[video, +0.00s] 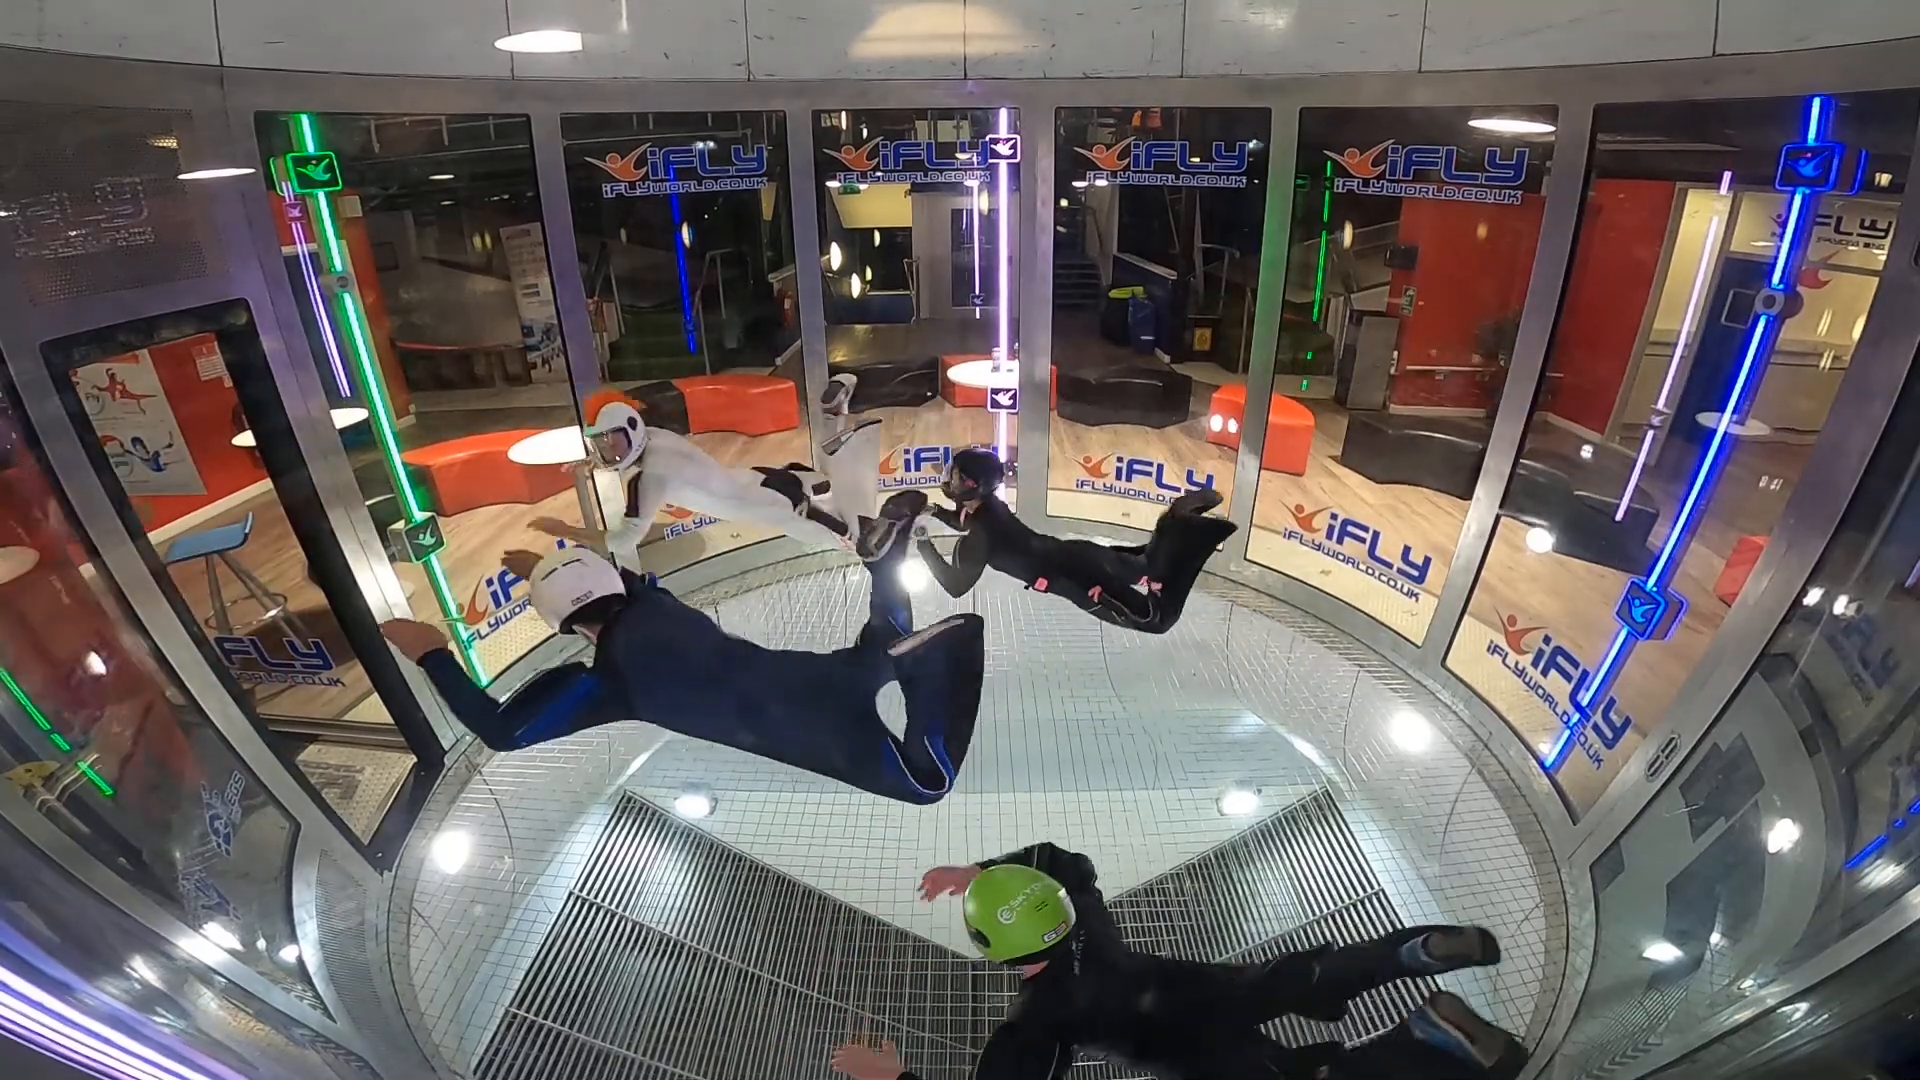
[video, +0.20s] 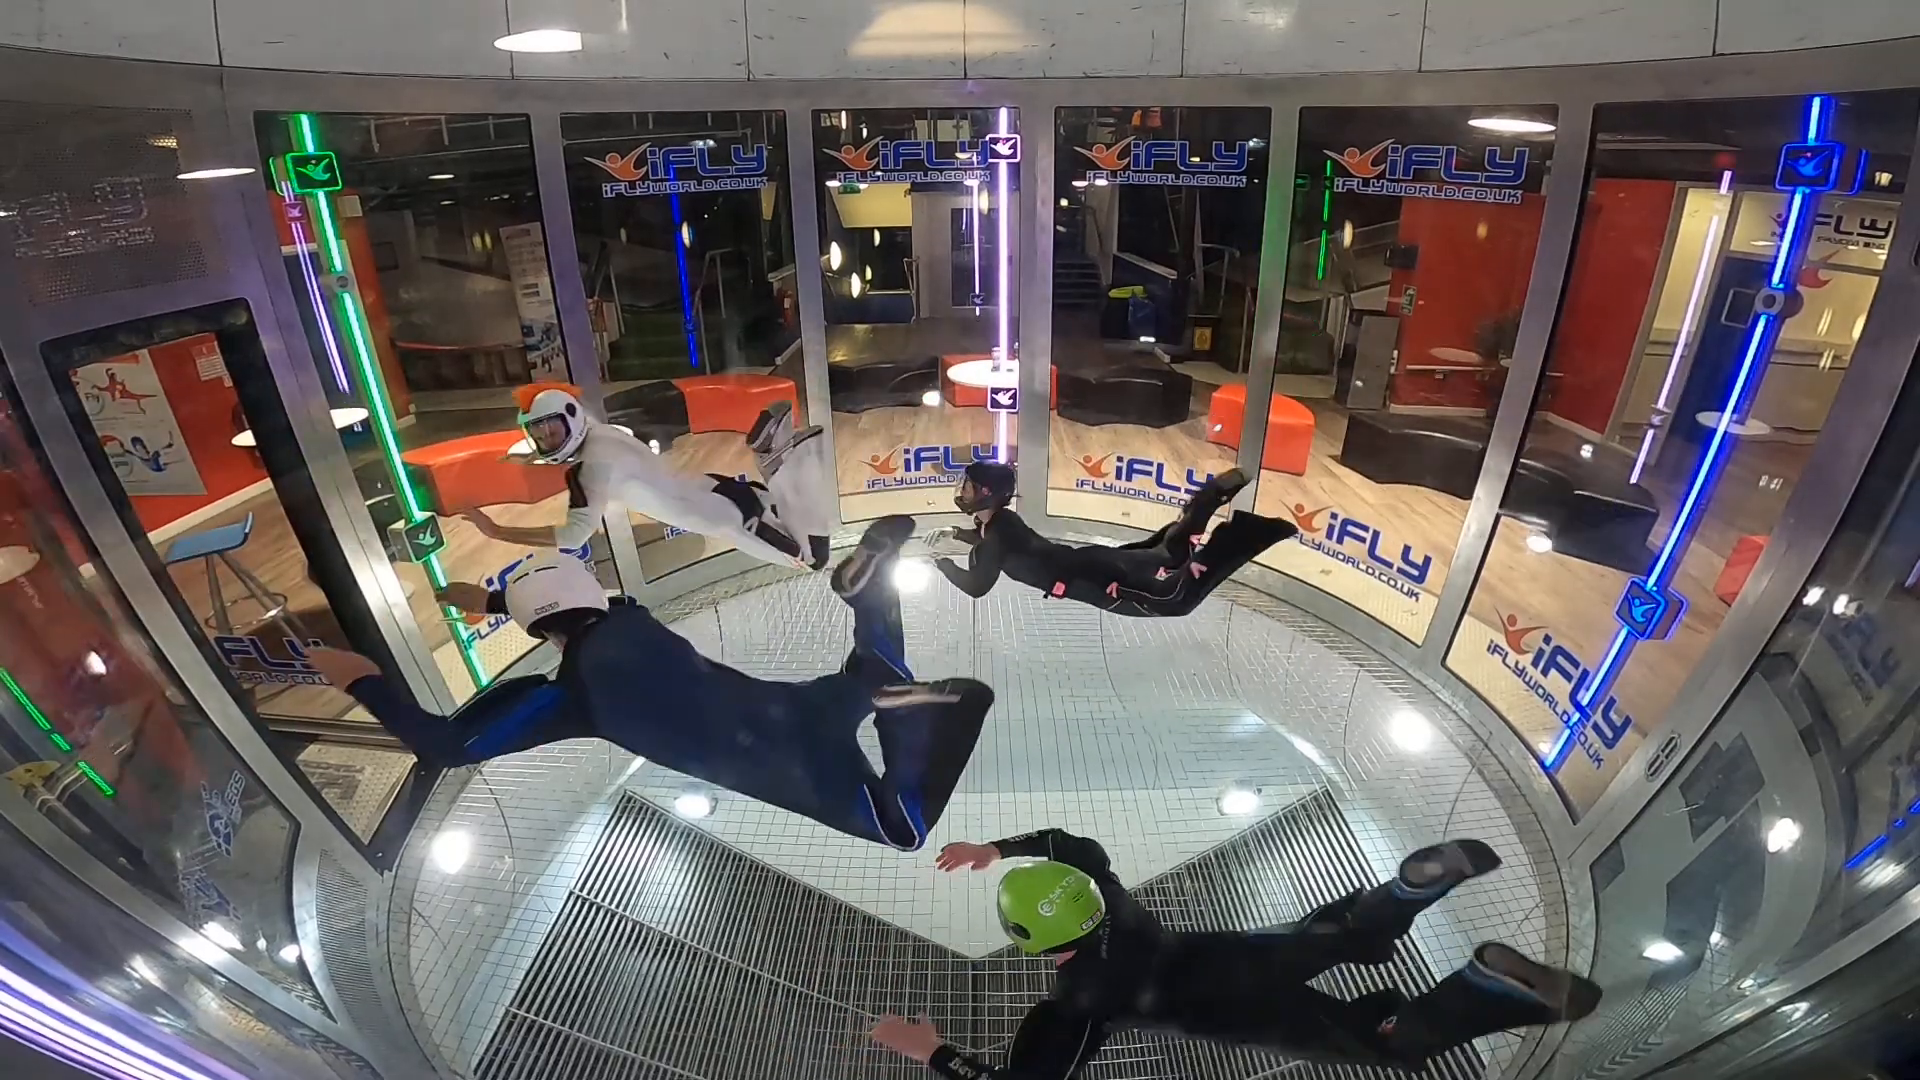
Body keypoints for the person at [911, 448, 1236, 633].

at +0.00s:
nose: (947, 481)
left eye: (954, 477)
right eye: (951, 474)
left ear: (971, 485)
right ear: (977, 483)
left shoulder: (979, 527)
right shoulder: (983, 505)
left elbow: (956, 585)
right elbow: (963, 520)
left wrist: (922, 542)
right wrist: (930, 511)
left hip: (1074, 575)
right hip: (1074, 553)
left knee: (1156, 619)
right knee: (1146, 563)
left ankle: (1189, 541)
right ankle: (1179, 515)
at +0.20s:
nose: (960, 492)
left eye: (967, 487)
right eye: (963, 485)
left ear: (985, 494)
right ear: (990, 493)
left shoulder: (997, 534)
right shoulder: (996, 522)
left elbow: (975, 585)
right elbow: (985, 565)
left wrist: (942, 564)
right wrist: (968, 545)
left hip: (1100, 579)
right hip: (1094, 561)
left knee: (1183, 596)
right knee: (1169, 557)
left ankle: (1245, 536)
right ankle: (1214, 493)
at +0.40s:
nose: (962, 493)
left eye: (969, 489)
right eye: (965, 486)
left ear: (989, 499)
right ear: (990, 498)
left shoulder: (998, 537)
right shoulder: (999, 521)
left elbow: (977, 588)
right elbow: (987, 574)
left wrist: (959, 559)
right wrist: (973, 554)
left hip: (1092, 573)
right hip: (1089, 554)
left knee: (1173, 578)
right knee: (1160, 540)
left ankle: (1241, 517)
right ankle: (1216, 481)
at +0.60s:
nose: (950, 496)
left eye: (956, 490)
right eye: (952, 489)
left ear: (974, 495)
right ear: (981, 492)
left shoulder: (985, 530)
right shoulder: (995, 513)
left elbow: (965, 584)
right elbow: (972, 574)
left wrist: (947, 558)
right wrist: (956, 555)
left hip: (1081, 562)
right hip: (1079, 544)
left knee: (1151, 567)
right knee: (1149, 521)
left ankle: (1213, 500)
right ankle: (1191, 459)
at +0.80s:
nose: (922, 491)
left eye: (928, 486)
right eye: (925, 485)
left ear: (947, 492)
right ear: (952, 488)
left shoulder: (956, 524)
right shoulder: (970, 504)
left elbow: (932, 575)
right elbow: (945, 549)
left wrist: (913, 559)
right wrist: (923, 550)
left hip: (1044, 556)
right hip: (1048, 532)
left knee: (1116, 580)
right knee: (1122, 511)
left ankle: (1169, 519)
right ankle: (1163, 441)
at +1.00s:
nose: (891, 481)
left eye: (897, 475)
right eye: (890, 475)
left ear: (912, 477)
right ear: (913, 475)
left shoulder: (917, 505)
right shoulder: (926, 490)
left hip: (998, 549)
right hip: (1003, 527)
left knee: (1069, 586)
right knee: (1077, 517)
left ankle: (1112, 527)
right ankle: (1115, 463)